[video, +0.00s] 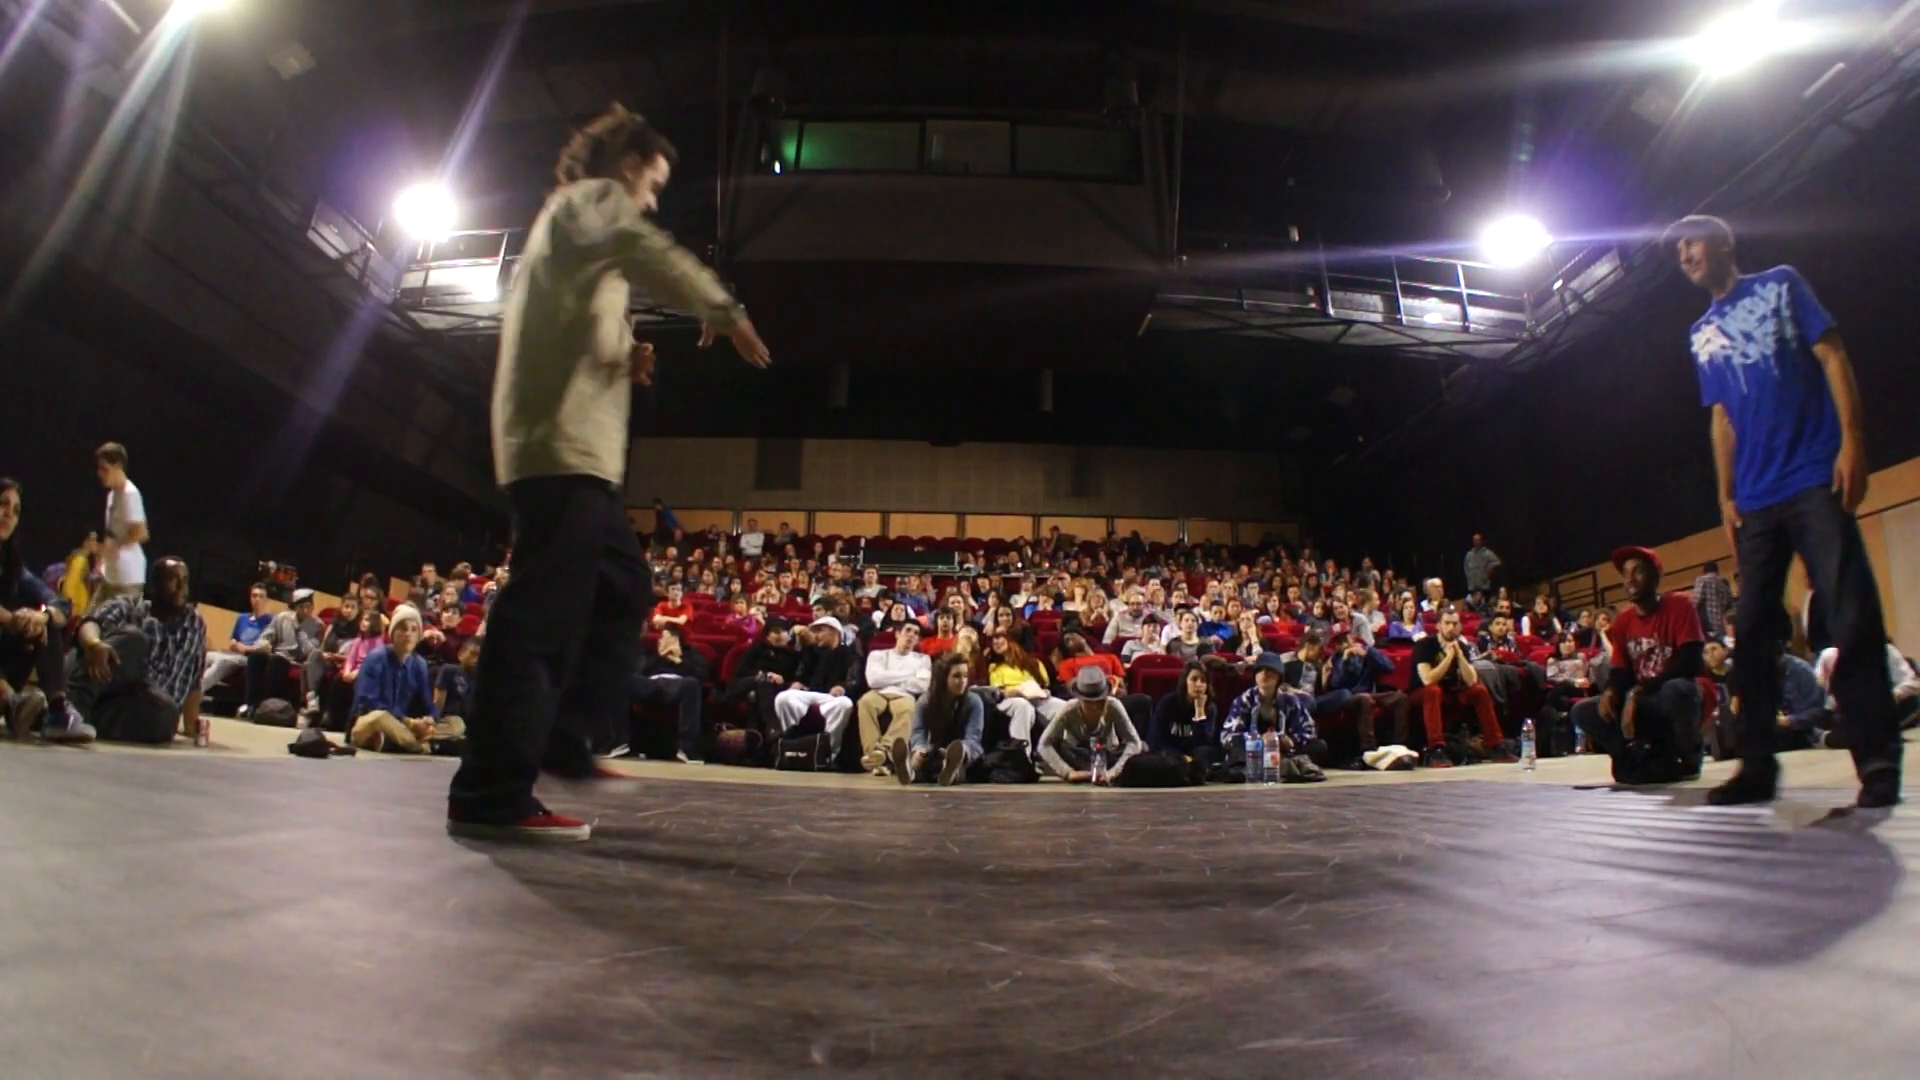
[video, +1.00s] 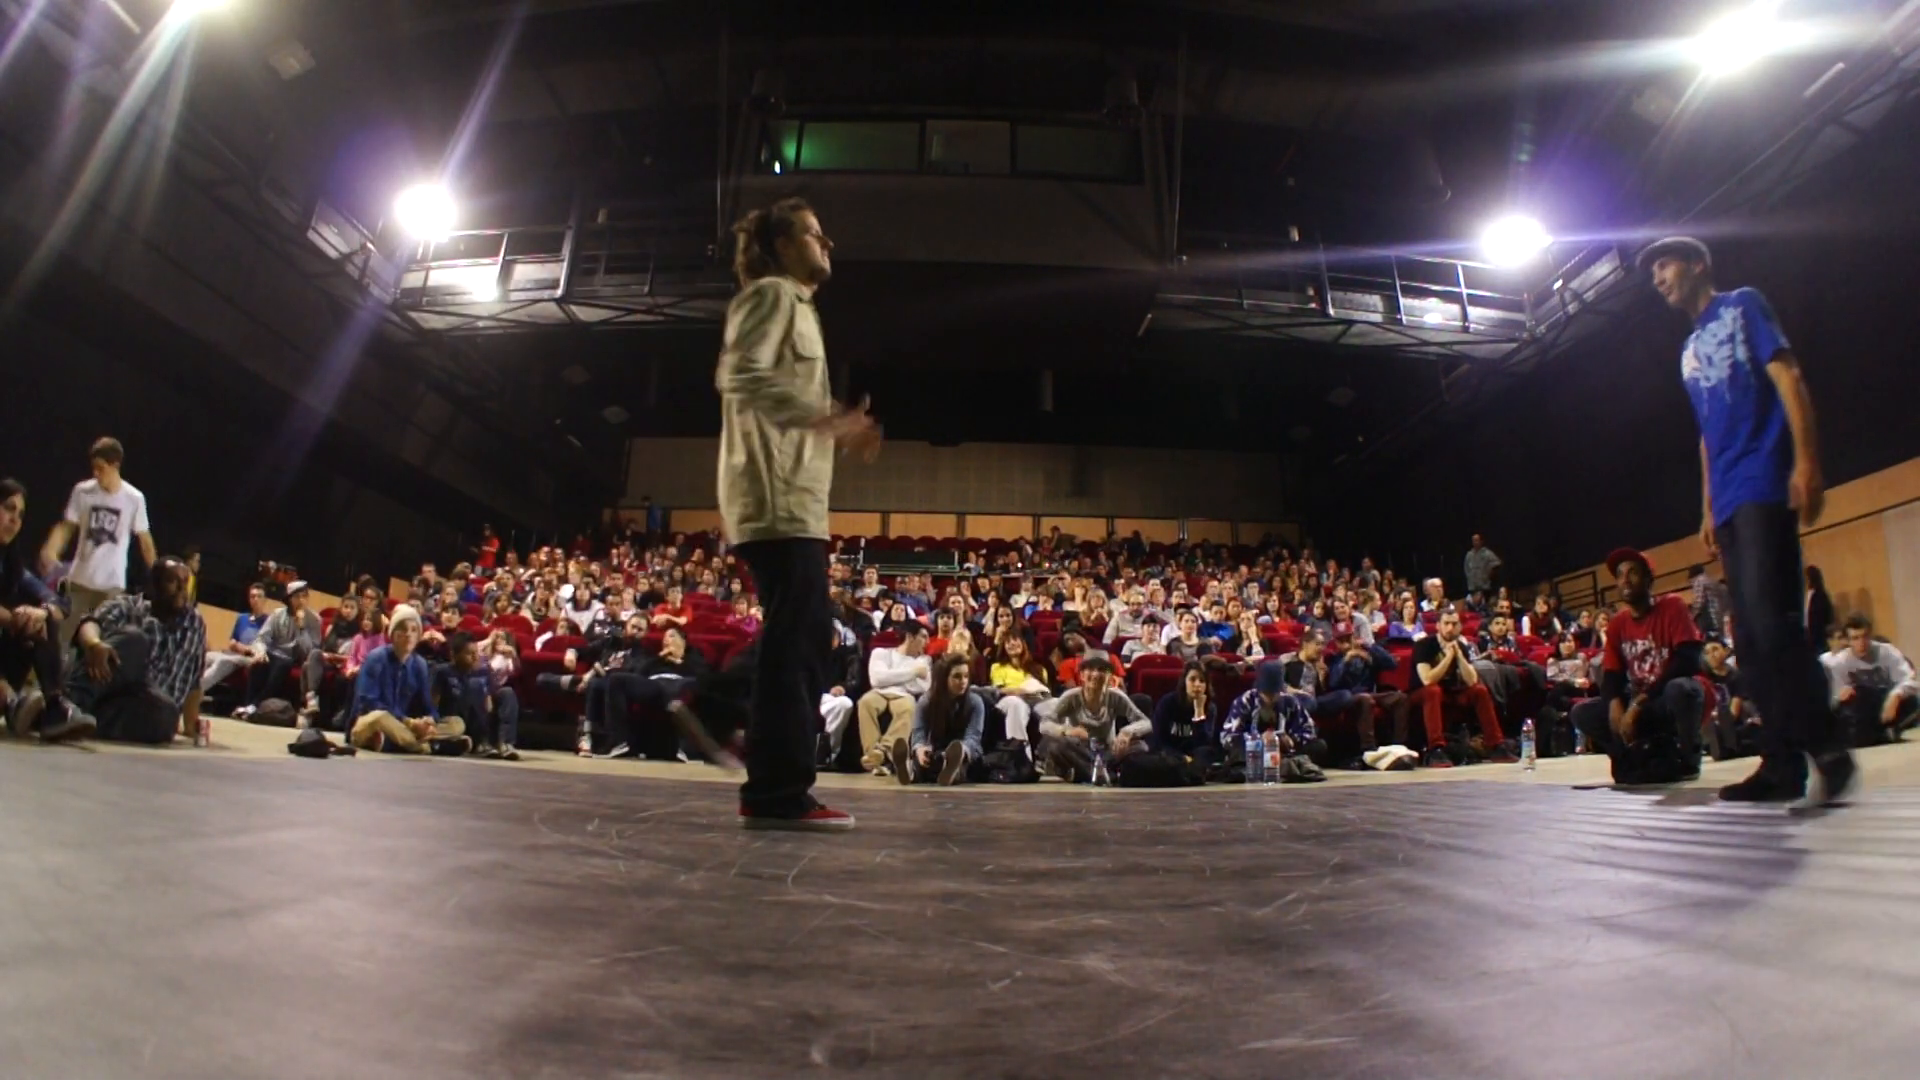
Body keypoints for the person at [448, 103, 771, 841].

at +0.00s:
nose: (655, 200)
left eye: (661, 188)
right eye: (654, 182)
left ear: (611, 168)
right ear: (624, 162)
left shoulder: (577, 230)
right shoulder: (588, 202)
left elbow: (563, 337)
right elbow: (648, 250)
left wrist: (622, 356)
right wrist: (724, 309)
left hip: (577, 451)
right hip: (560, 449)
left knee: (623, 591)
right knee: (540, 615)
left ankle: (576, 741)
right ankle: (491, 795)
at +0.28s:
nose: (718, 228)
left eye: (719, 217)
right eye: (712, 213)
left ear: (671, 208)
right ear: (680, 202)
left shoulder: (619, 268)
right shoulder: (658, 239)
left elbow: (622, 371)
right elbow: (709, 284)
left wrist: (689, 381)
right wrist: (774, 348)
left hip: (616, 474)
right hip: (642, 472)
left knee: (650, 631)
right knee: (637, 625)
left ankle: (638, 793)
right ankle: (526, 756)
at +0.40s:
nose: (739, 224)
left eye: (741, 215)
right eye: (731, 210)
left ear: (678, 215)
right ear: (694, 205)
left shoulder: (642, 271)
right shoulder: (685, 244)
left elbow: (669, 387)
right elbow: (687, 316)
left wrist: (742, 385)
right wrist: (761, 405)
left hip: (626, 465)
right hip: (675, 457)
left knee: (643, 617)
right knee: (722, 596)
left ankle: (634, 783)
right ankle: (607, 713)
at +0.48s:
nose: (755, 225)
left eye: (756, 216)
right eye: (746, 211)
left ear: (702, 217)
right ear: (708, 211)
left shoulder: (666, 269)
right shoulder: (698, 253)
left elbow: (688, 405)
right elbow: (672, 330)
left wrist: (767, 382)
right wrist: (723, 438)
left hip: (641, 476)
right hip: (687, 468)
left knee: (658, 628)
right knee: (758, 590)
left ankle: (630, 792)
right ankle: (657, 724)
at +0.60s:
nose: (774, 227)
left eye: (773, 218)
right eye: (762, 215)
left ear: (745, 230)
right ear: (725, 221)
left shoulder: (729, 288)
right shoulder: (708, 264)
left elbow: (740, 409)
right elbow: (654, 338)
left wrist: (798, 364)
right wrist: (669, 447)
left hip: (684, 488)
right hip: (721, 480)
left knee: (675, 638)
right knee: (782, 610)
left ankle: (634, 788)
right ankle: (733, 764)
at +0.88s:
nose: (814, 237)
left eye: (812, 227)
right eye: (802, 226)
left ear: (790, 241)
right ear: (767, 237)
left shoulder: (785, 306)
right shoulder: (749, 286)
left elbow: (787, 414)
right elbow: (693, 368)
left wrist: (849, 404)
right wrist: (732, 432)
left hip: (774, 497)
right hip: (763, 495)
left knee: (773, 634)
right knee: (785, 638)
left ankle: (674, 739)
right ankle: (778, 795)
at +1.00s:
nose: (826, 245)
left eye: (823, 236)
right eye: (814, 235)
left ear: (797, 246)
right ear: (781, 243)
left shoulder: (798, 308)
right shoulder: (771, 293)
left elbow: (784, 405)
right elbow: (740, 376)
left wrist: (841, 435)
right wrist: (820, 415)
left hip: (793, 502)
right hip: (774, 501)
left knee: (803, 639)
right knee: (797, 642)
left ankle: (715, 713)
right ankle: (778, 795)